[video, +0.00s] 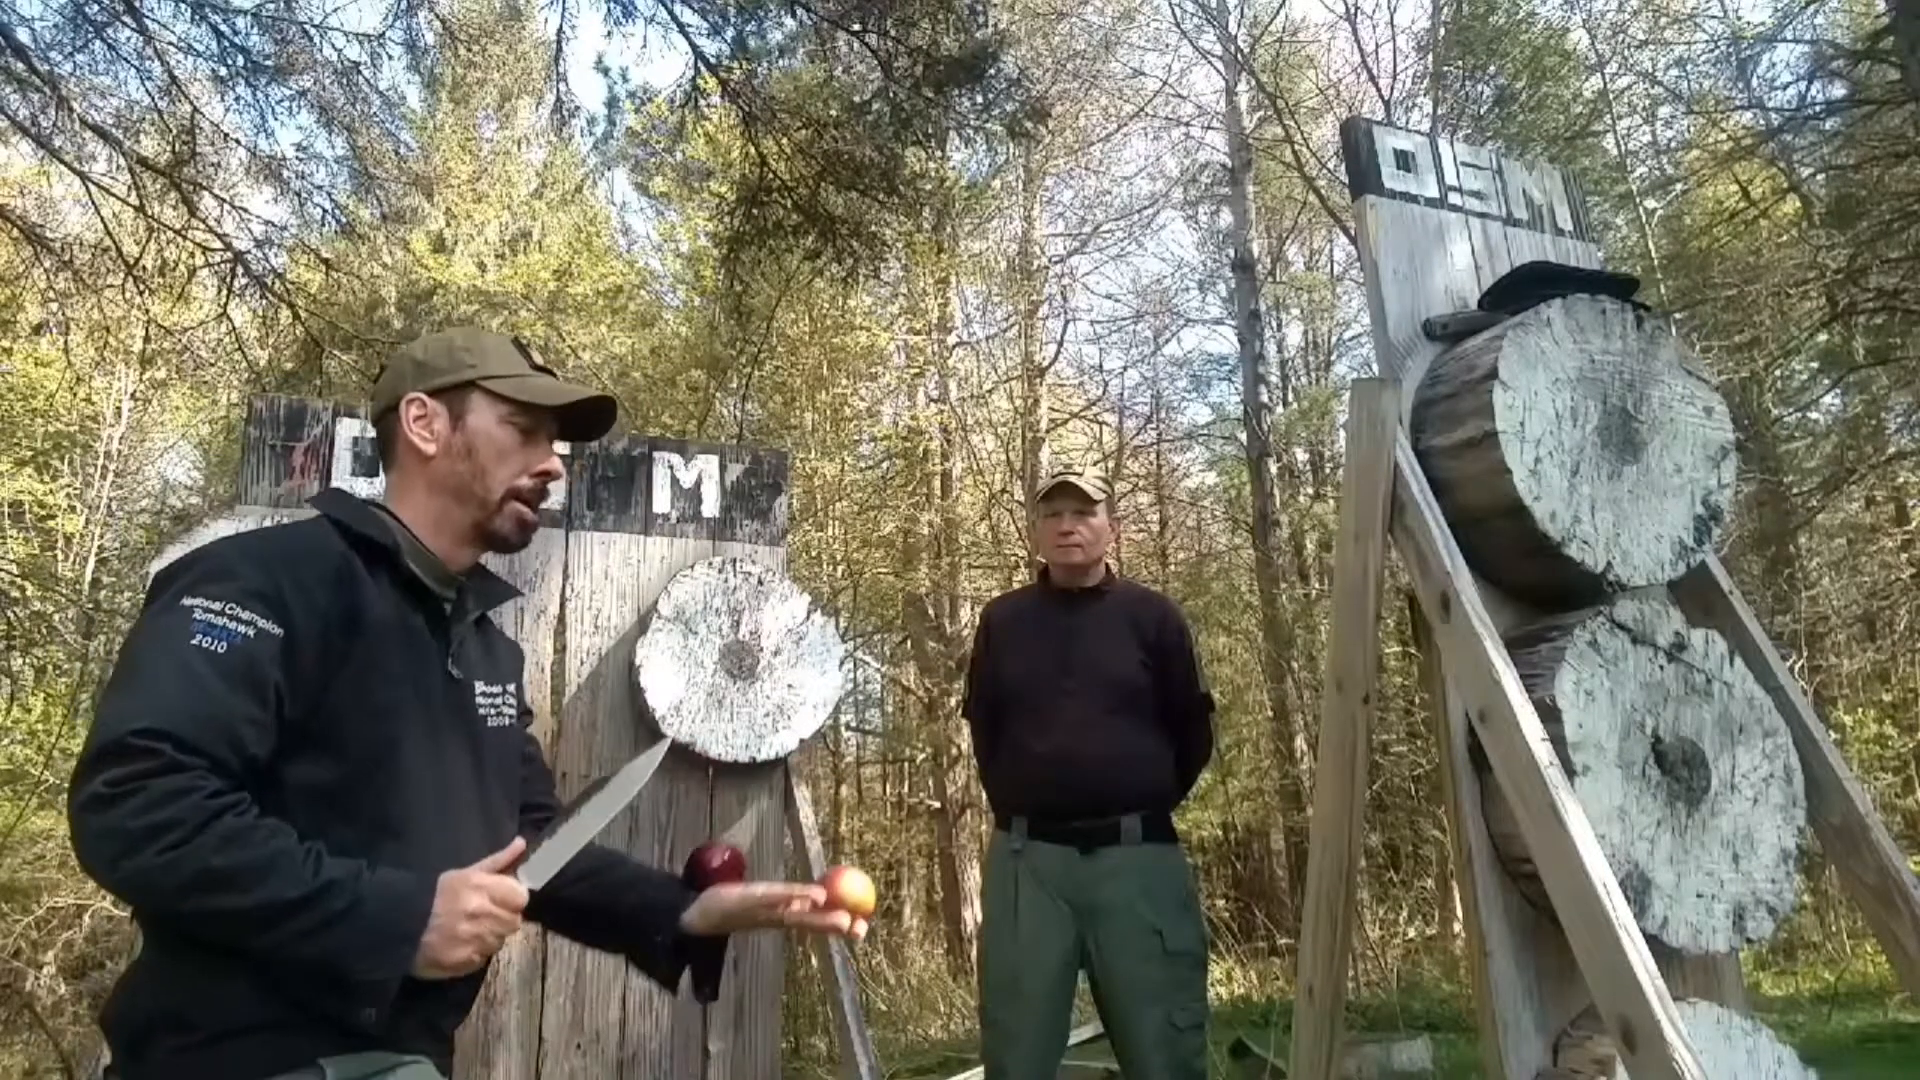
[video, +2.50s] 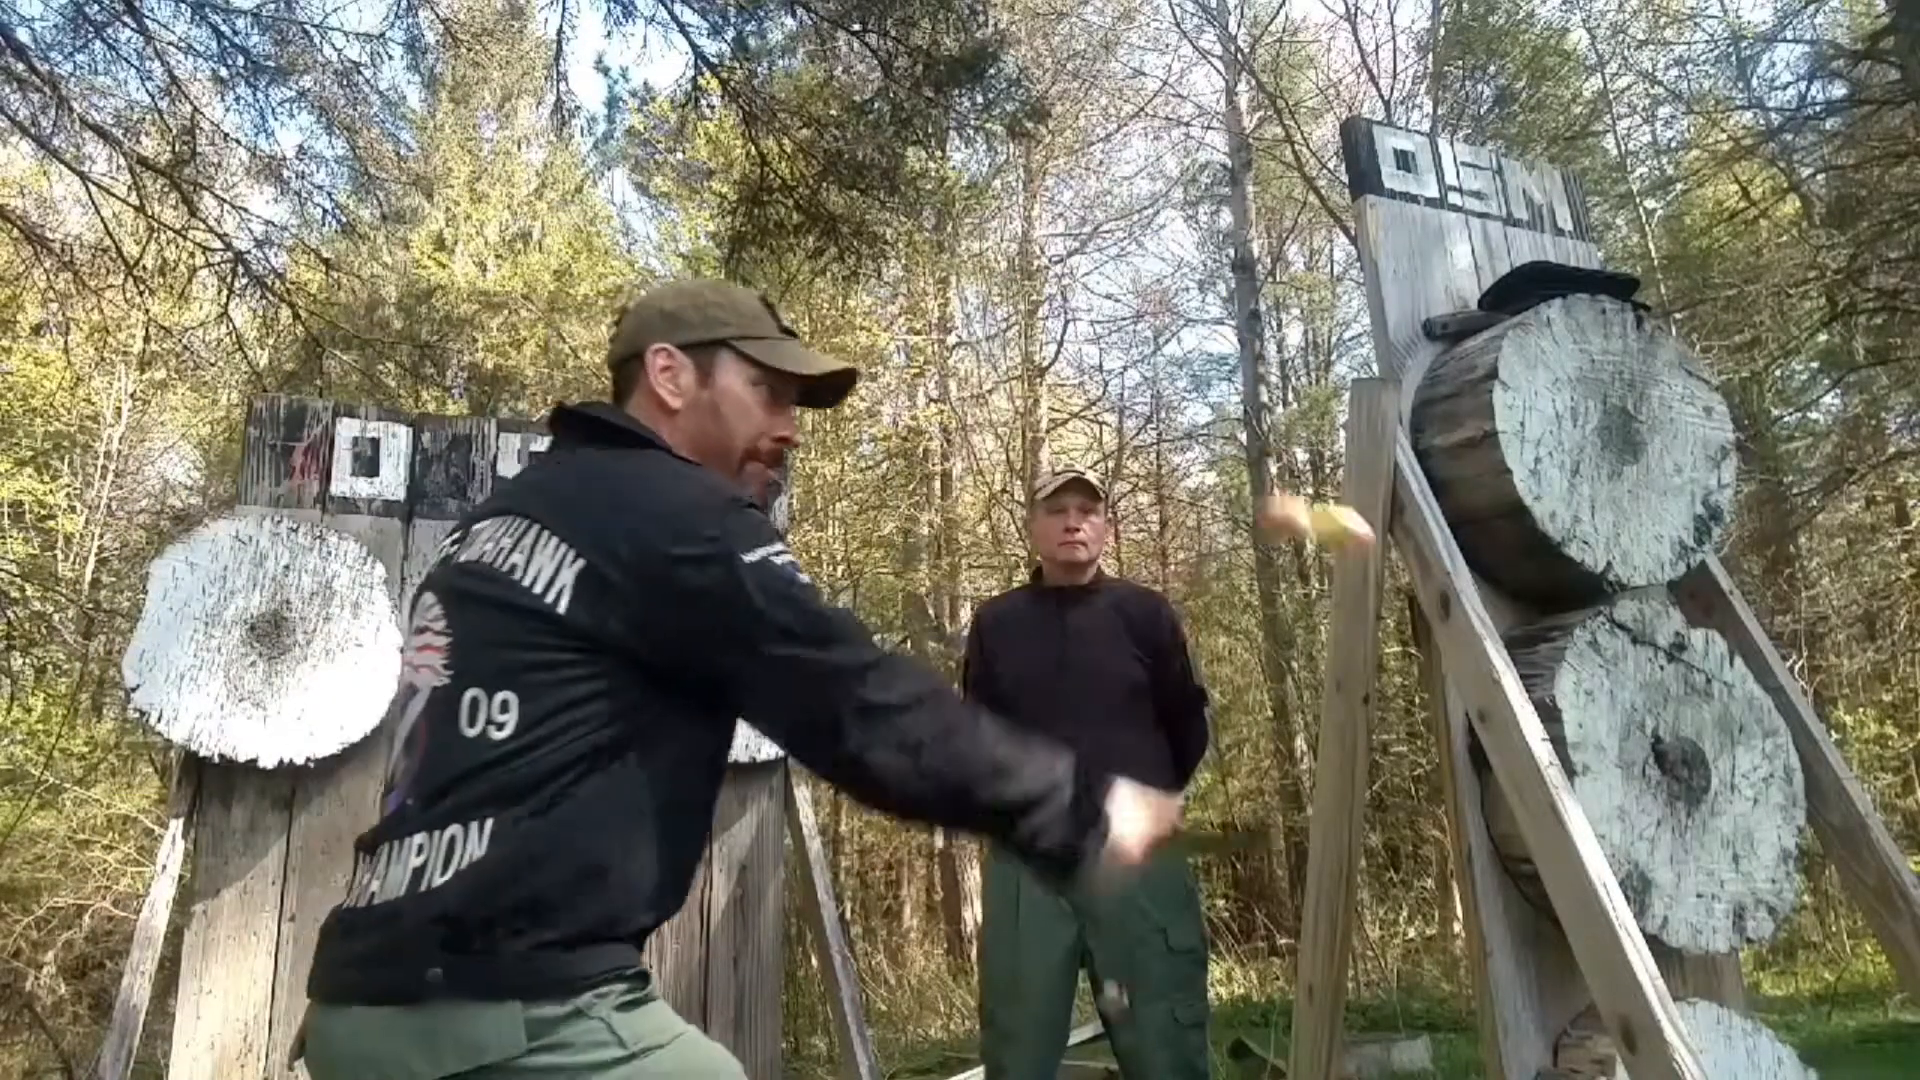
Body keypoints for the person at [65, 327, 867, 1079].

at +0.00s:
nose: (554, 464)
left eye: (558, 441)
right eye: (527, 429)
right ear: (425, 426)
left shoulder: (486, 644)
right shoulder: (265, 574)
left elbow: (530, 848)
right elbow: (137, 807)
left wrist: (697, 911)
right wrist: (399, 917)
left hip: (406, 1050)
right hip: (237, 1050)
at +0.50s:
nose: (537, 370)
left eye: (538, 347)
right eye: (507, 334)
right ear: (410, 336)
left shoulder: (478, 530)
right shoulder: (292, 468)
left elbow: (598, 665)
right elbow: (234, 649)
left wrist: (780, 631)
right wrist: (518, 600)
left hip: (411, 962)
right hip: (338, 970)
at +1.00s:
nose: (517, 293)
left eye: (514, 271)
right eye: (484, 264)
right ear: (392, 280)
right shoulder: (365, 379)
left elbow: (573, 607)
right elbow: (579, 469)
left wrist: (679, 482)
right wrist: (641, 298)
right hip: (370, 888)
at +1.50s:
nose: (536, 304)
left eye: (532, 286)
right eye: (503, 281)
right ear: (410, 299)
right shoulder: (408, 403)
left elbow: (560, 663)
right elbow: (477, 645)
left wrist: (557, 489)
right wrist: (697, 682)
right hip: (402, 901)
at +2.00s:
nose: (671, 396)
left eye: (672, 373)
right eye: (643, 360)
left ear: (545, 373)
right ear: (545, 366)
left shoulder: (438, 489)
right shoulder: (507, 488)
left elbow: (674, 649)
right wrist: (754, 435)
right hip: (440, 1007)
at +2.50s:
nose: (790, 429)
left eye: (796, 402)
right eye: (770, 393)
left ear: (666, 389)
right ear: (669, 378)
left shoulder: (516, 507)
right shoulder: (682, 526)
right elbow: (867, 711)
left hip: (365, 1005)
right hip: (536, 1008)